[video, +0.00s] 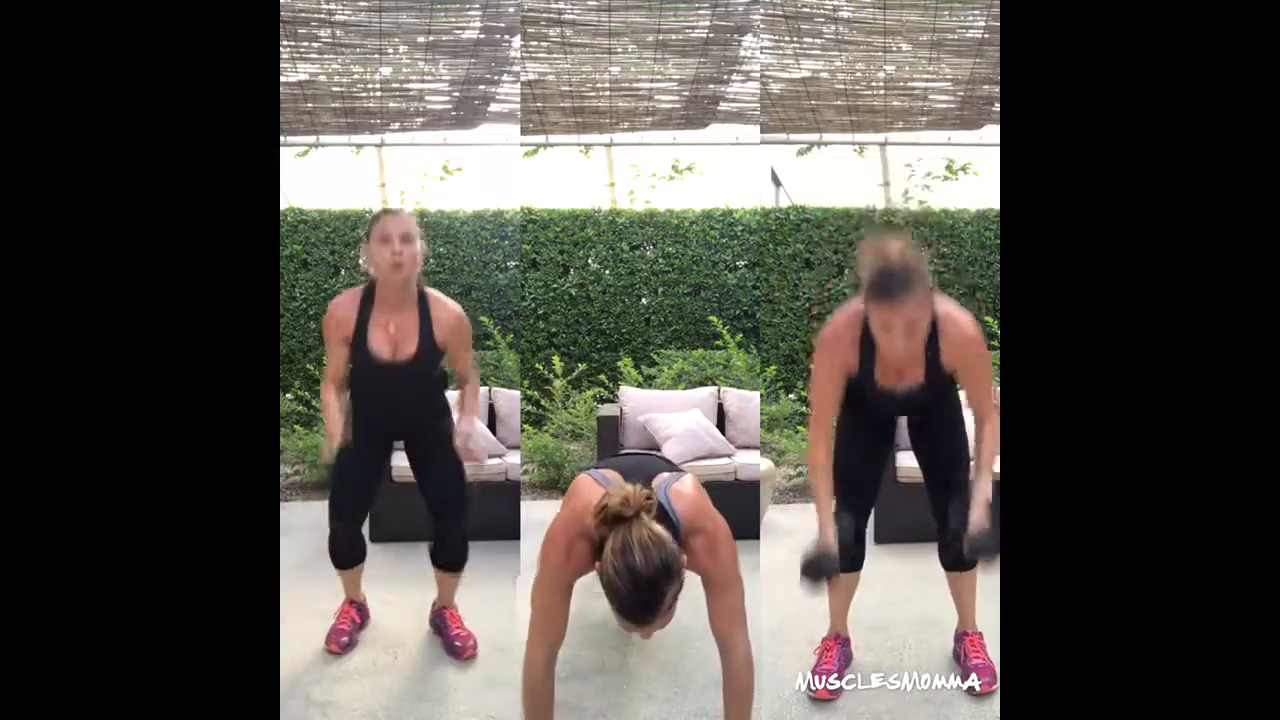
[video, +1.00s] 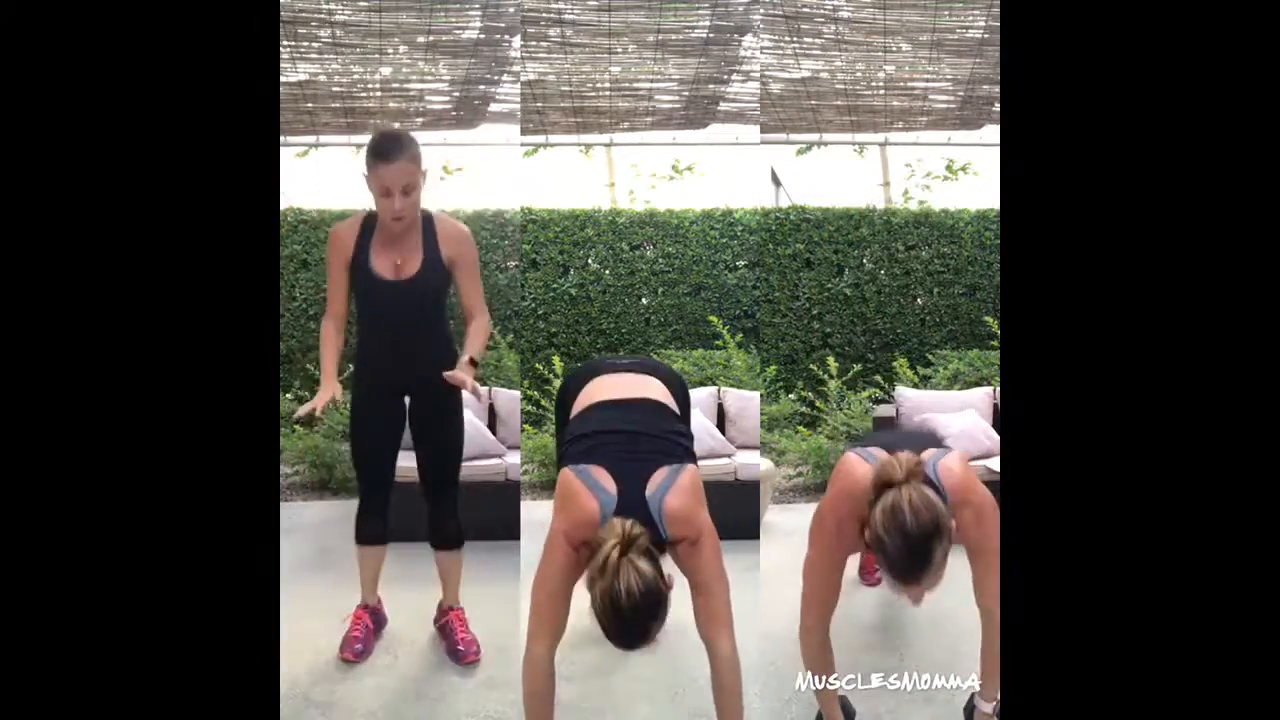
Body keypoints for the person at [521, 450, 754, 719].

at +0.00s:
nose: (646, 636)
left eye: (663, 621)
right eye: (630, 626)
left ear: (682, 563)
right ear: (599, 570)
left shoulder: (708, 530)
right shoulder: (568, 533)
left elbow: (736, 650)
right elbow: (541, 651)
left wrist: (738, 715)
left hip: (674, 477)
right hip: (598, 477)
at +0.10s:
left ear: (681, 579)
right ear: (601, 589)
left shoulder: (709, 535)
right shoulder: (566, 543)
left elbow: (736, 652)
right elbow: (540, 656)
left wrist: (738, 715)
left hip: (671, 459)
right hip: (594, 458)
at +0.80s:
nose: (630, 633)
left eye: (638, 627)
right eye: (619, 626)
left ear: (670, 565)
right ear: (587, 566)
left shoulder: (688, 515)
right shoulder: (567, 521)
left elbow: (722, 642)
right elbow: (538, 649)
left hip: (663, 449)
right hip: (588, 449)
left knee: (672, 593)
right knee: (579, 589)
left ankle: (643, 625)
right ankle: (599, 613)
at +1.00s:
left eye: (646, 637)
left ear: (667, 581)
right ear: (592, 582)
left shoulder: (688, 516)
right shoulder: (572, 521)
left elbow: (721, 644)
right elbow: (539, 649)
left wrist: (731, 715)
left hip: (664, 383)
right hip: (583, 385)